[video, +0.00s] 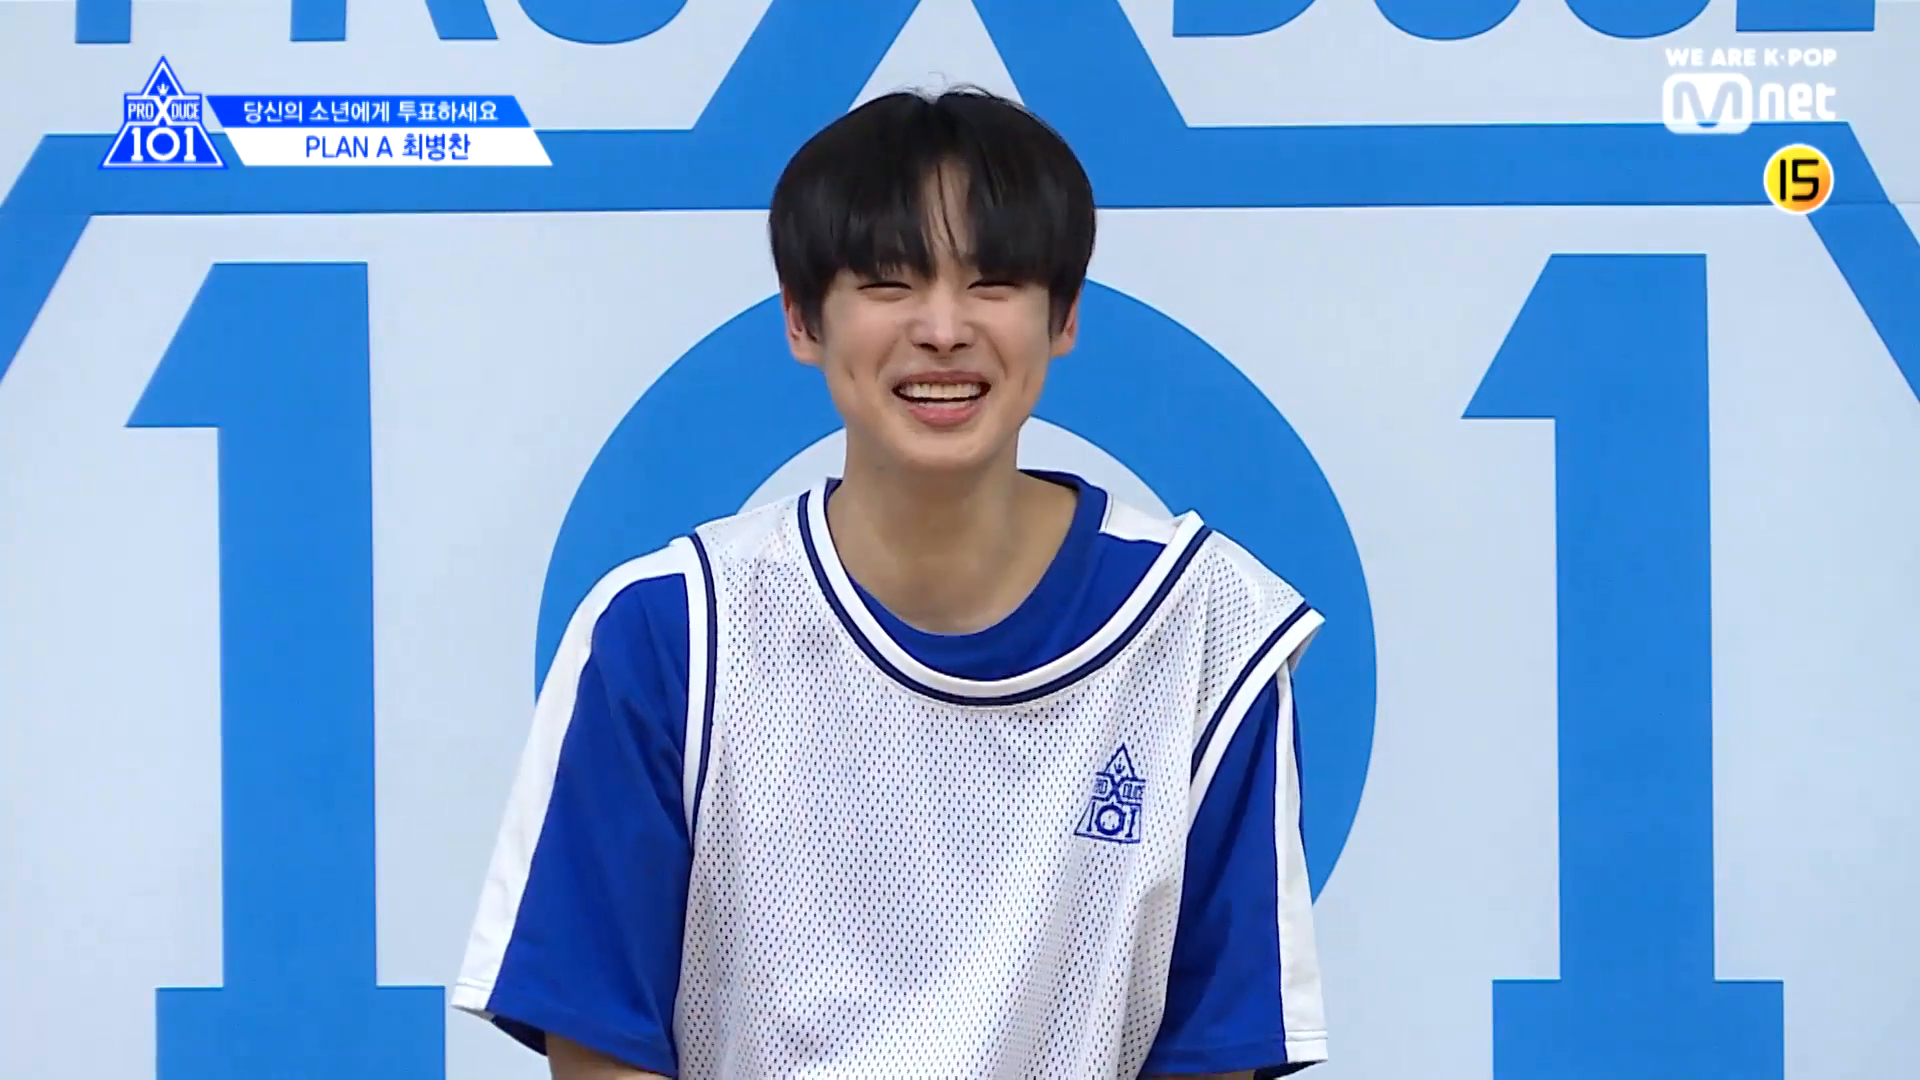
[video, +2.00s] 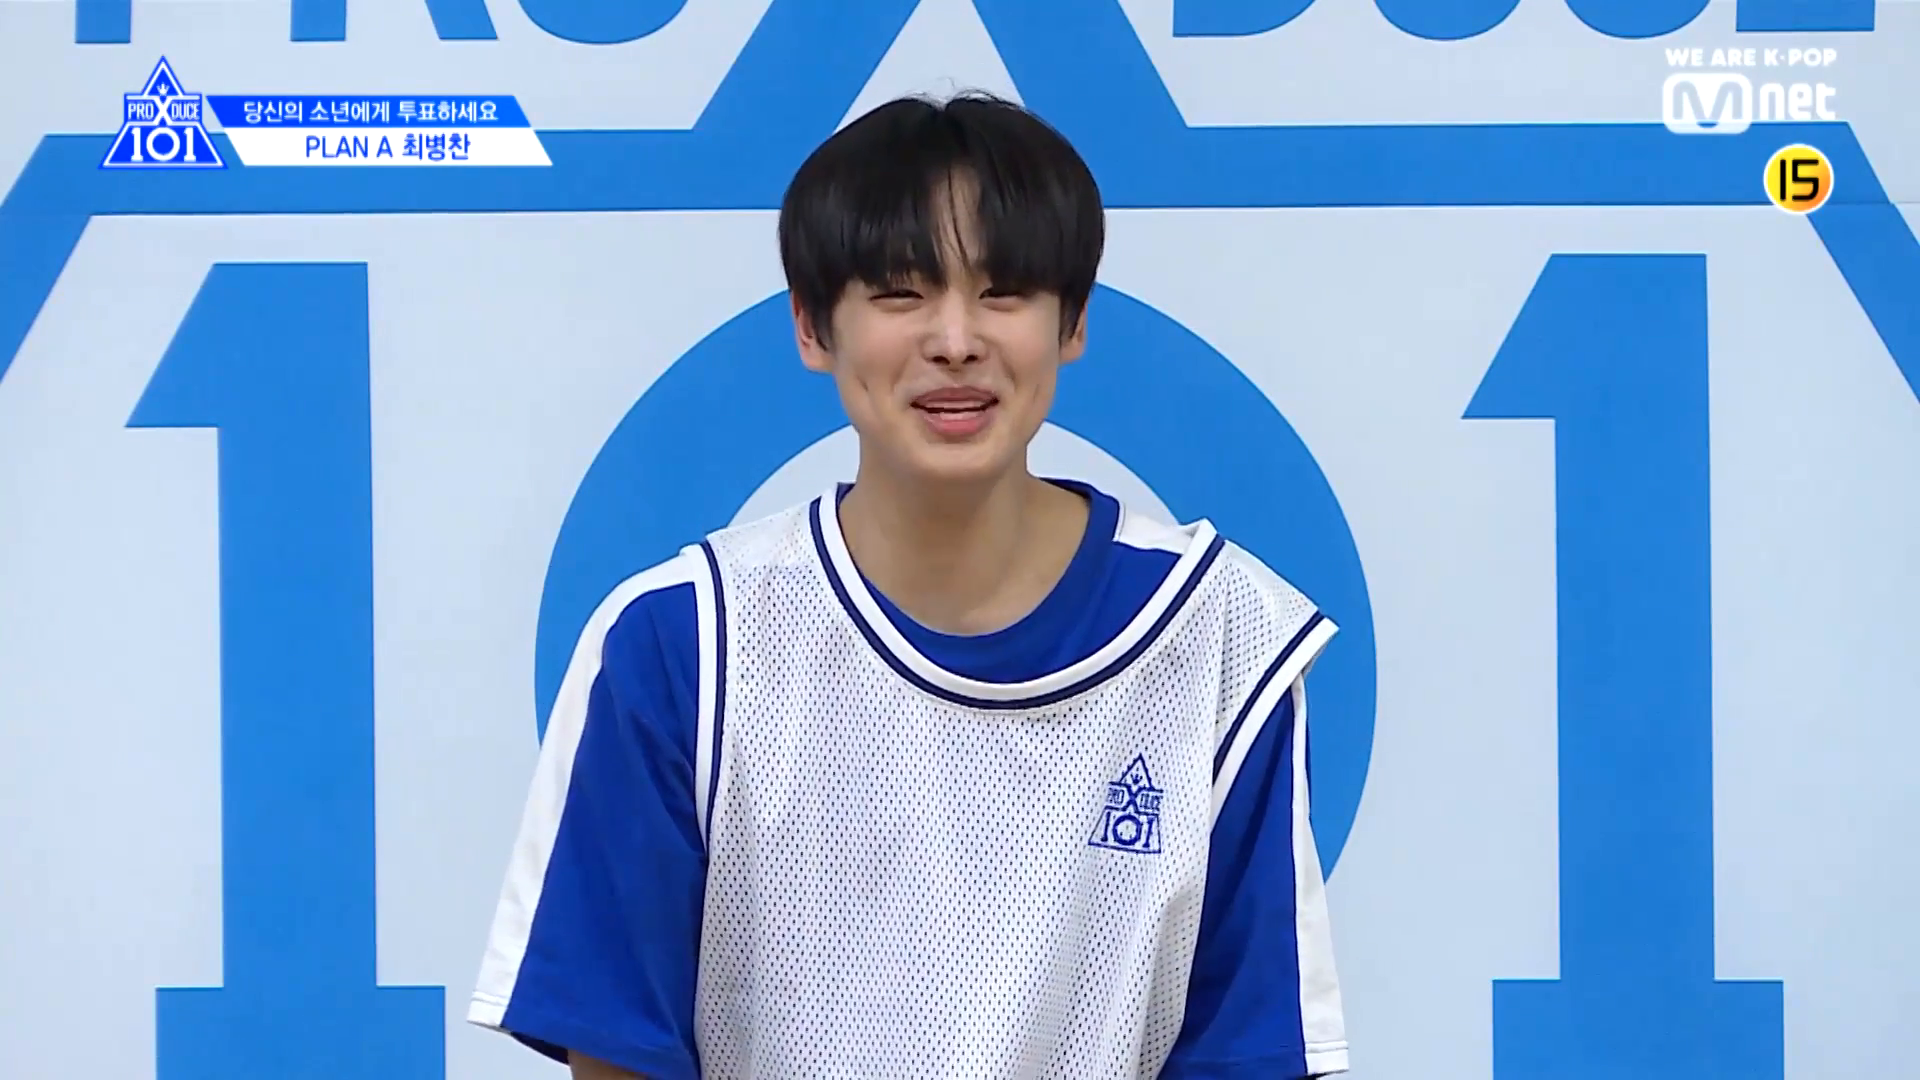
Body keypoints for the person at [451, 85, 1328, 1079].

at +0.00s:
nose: (944, 326)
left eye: (994, 281)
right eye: (889, 281)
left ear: (1060, 324)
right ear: (806, 326)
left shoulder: (1211, 633)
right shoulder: (661, 634)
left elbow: (1219, 1054)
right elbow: (598, 1045)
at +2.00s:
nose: (956, 340)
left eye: (1005, 292)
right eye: (902, 289)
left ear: (1068, 329)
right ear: (816, 331)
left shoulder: (1226, 645)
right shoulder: (673, 648)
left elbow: (1253, 1055)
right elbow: (618, 1051)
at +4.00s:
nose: (973, 334)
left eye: (1023, 286)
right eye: (921, 284)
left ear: (1087, 323)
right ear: (835, 322)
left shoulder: (1242, 627)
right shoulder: (694, 623)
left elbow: (1253, 1052)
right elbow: (624, 1038)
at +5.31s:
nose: (968, 360)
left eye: (1006, 321)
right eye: (925, 320)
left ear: (1056, 349)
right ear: (855, 350)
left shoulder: (1181, 599)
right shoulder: (744, 592)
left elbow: (1179, 935)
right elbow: (693, 920)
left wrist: (1054, 1070)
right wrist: (831, 1074)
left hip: (1067, 1065)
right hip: (818, 1062)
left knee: (1302, 1032)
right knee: (573, 1043)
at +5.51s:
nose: (962, 385)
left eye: (994, 353)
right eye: (927, 352)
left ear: (1035, 373)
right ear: (873, 374)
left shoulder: (1134, 570)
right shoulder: (783, 565)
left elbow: (1131, 846)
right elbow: (742, 831)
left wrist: (1007, 1004)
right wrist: (875, 999)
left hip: (1047, 1013)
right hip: (832, 1011)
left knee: (1236, 933)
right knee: (637, 948)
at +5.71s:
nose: (956, 394)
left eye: (982, 368)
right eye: (928, 367)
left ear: (1017, 385)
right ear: (887, 385)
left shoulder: (1097, 540)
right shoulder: (814, 537)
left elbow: (1096, 765)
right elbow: (781, 756)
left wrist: (999, 890)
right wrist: (886, 891)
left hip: (1025, 910)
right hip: (856, 909)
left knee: (1179, 840)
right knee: (696, 853)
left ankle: (1152, 1072)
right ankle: (733, 1072)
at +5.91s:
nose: (954, 396)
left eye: (976, 375)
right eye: (930, 374)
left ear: (1005, 388)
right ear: (896, 388)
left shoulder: (1073, 519)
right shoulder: (836, 516)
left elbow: (1070, 705)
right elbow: (809, 698)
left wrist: (993, 806)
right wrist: (895, 805)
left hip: (1012, 821)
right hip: (874, 821)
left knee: (1143, 768)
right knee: (739, 775)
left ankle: (1112, 1034)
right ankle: (775, 1035)